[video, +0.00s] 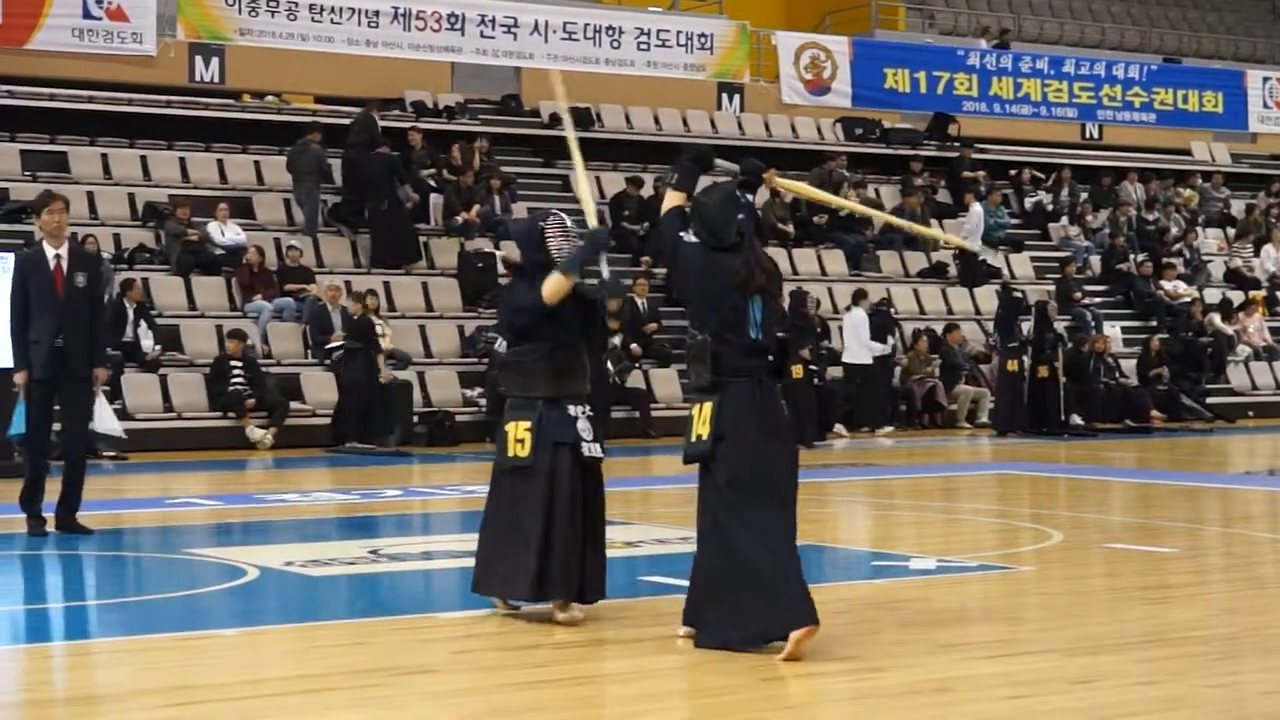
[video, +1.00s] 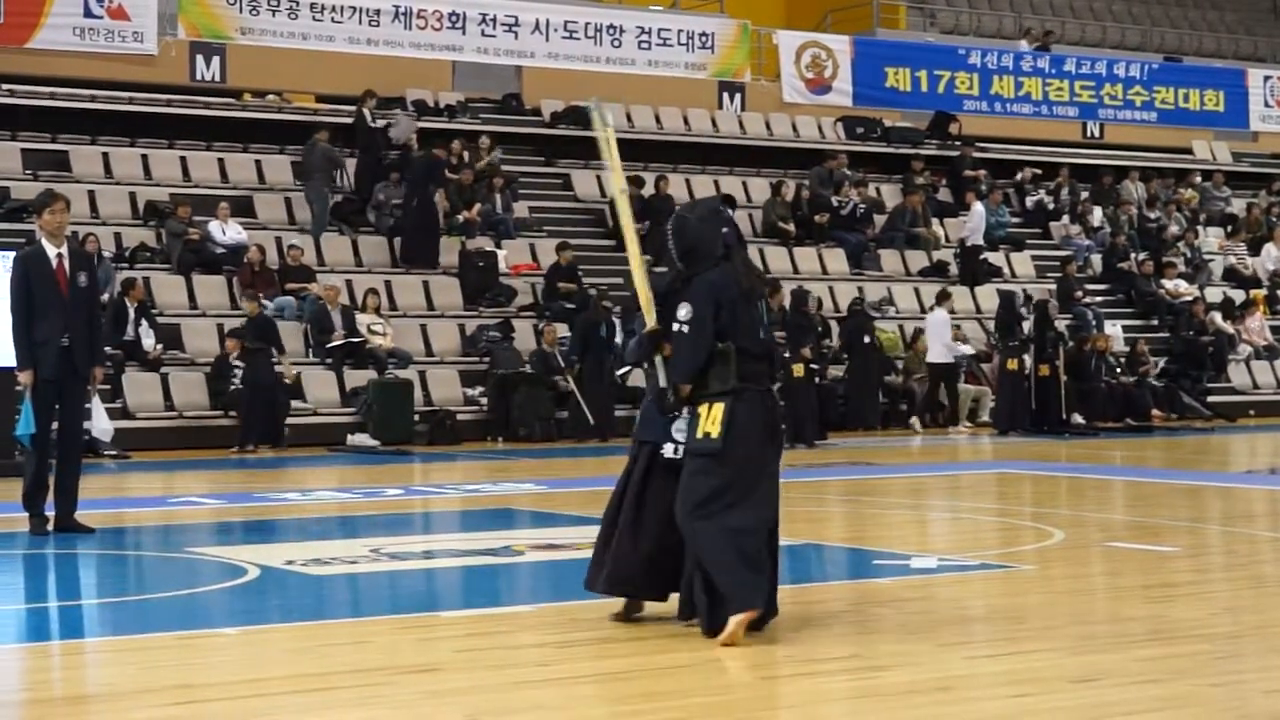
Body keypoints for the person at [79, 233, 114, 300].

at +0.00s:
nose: (92, 246)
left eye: (94, 243)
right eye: (89, 243)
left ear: (98, 245)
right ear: (83, 246)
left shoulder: (103, 262)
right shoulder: (79, 263)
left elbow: (110, 278)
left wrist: (107, 294)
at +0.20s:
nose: (92, 246)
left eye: (94, 243)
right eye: (89, 243)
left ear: (98, 245)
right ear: (83, 246)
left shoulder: (104, 263)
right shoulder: (79, 262)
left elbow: (111, 279)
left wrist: (107, 294)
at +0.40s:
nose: (92, 245)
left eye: (95, 242)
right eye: (89, 243)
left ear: (99, 245)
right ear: (84, 245)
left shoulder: (105, 263)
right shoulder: (79, 262)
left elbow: (111, 280)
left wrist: (107, 294)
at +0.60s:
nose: (92, 245)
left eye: (95, 242)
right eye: (89, 242)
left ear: (98, 244)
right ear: (83, 245)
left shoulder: (105, 262)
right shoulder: (79, 261)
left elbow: (111, 279)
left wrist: (107, 293)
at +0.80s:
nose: (93, 245)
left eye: (95, 242)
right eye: (90, 242)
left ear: (99, 244)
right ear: (84, 245)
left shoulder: (105, 262)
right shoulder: (79, 261)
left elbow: (112, 279)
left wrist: (107, 294)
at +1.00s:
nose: (93, 245)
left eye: (95, 242)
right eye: (89, 242)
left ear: (98, 244)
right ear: (84, 245)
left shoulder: (105, 262)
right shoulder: (79, 261)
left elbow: (111, 280)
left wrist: (106, 295)